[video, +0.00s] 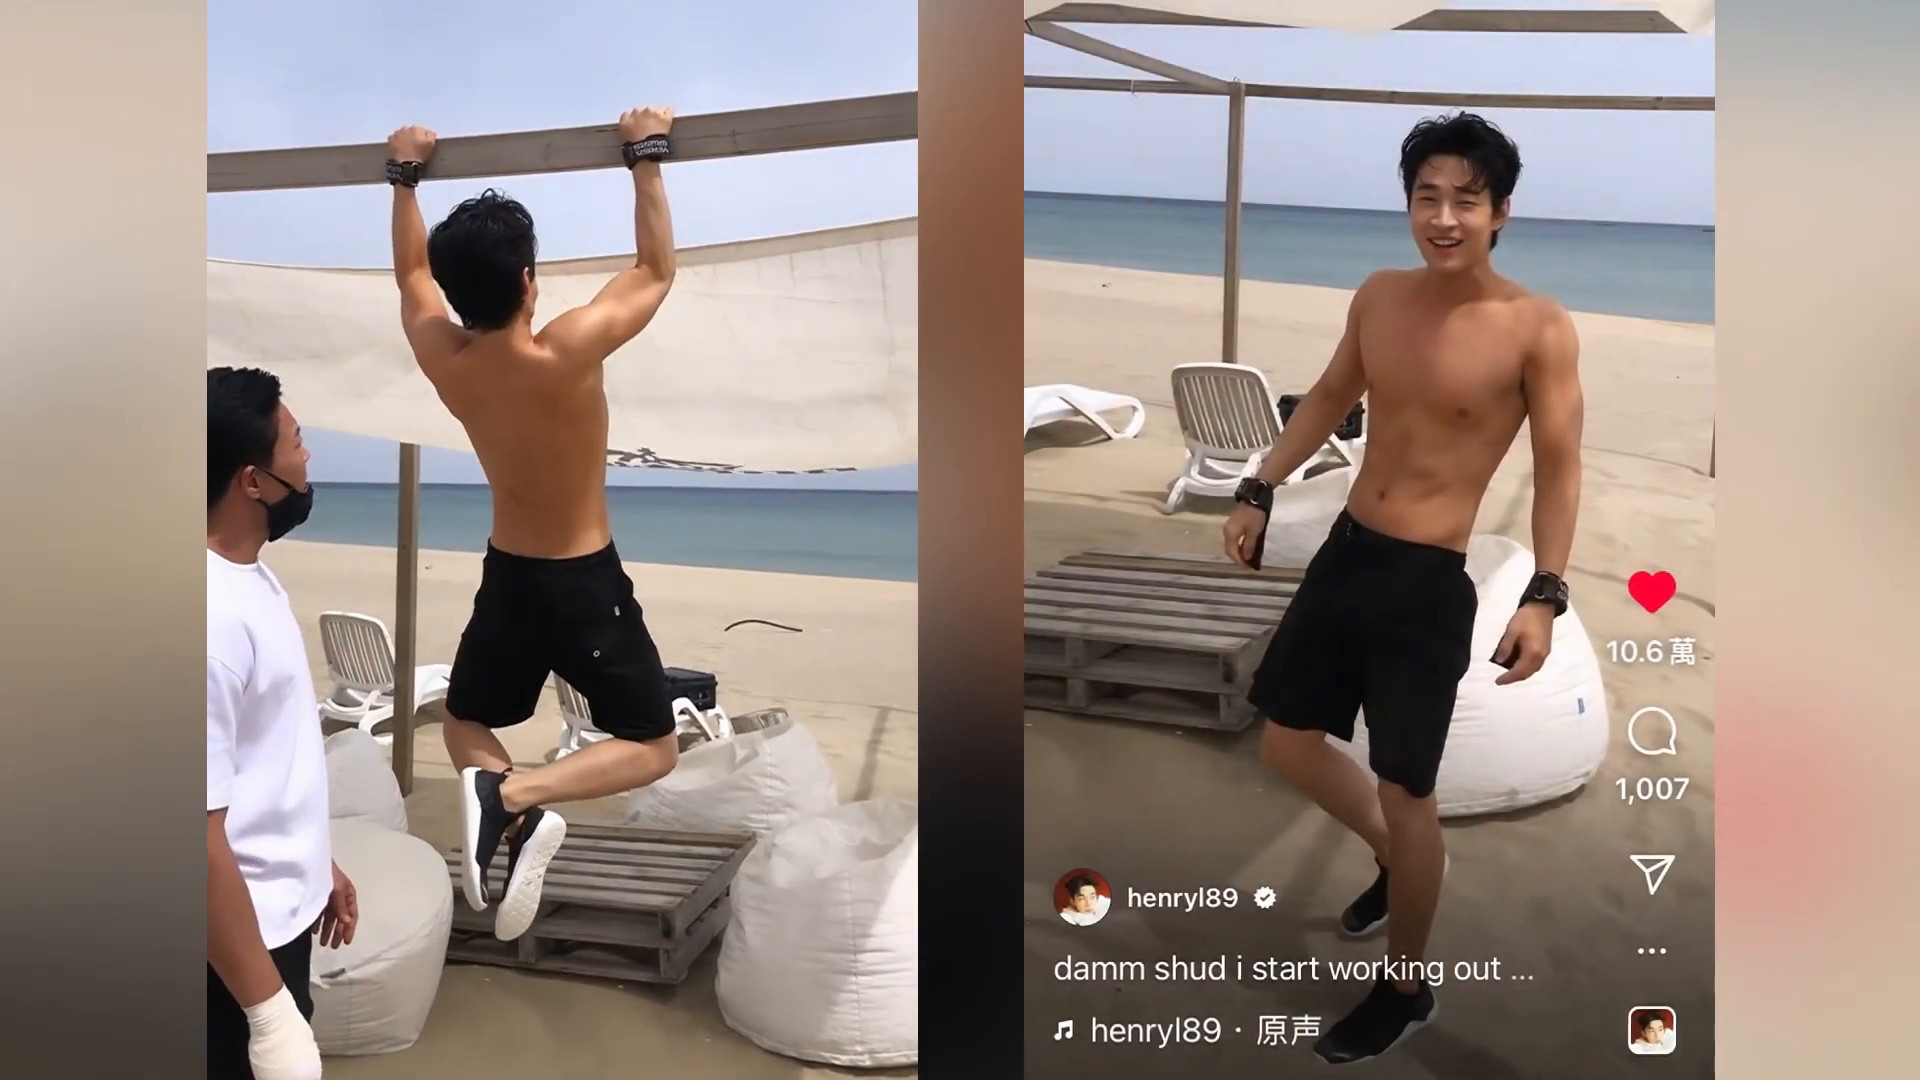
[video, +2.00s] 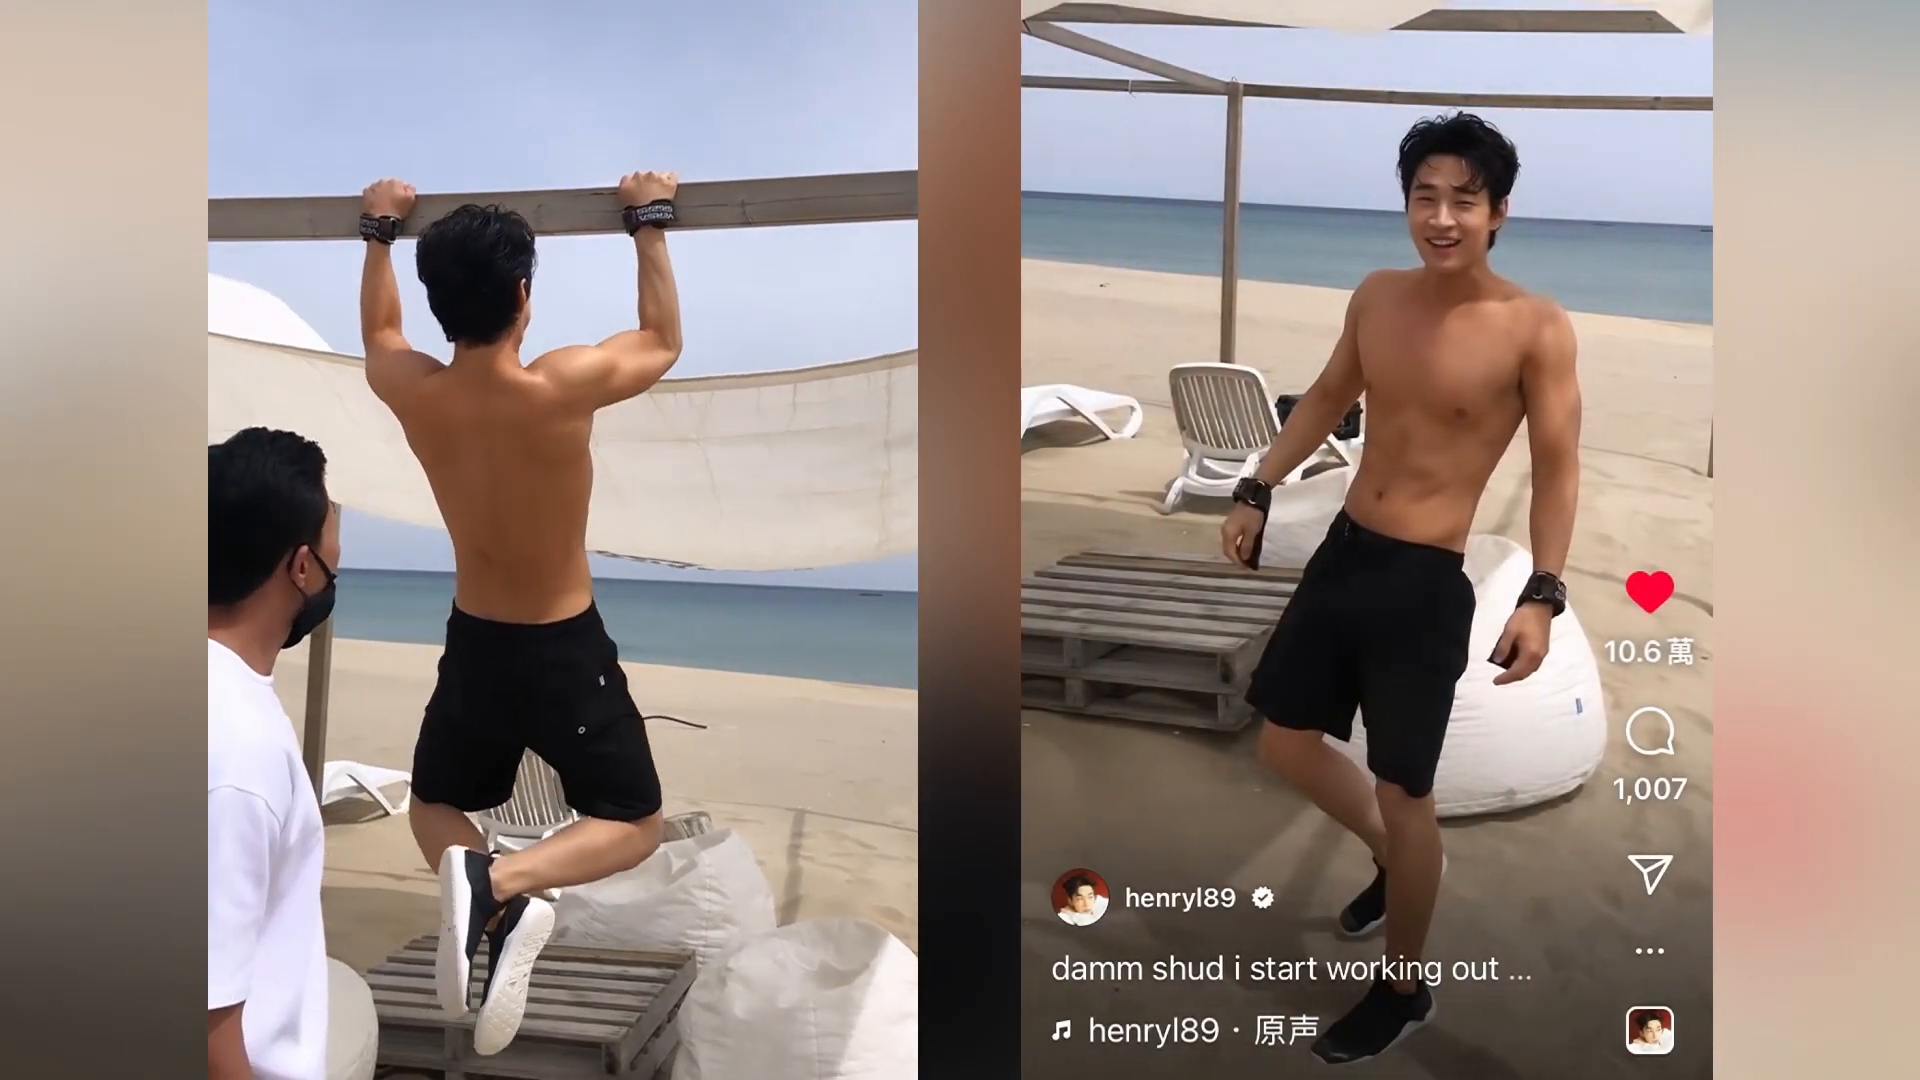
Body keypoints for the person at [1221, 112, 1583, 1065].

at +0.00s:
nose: (1442, 216)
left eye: (1464, 198)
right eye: (1426, 197)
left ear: (1500, 211)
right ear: (1407, 208)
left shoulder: (1536, 328)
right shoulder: (1380, 297)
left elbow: (1558, 468)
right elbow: (1331, 398)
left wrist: (1543, 595)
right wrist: (1258, 484)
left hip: (1429, 579)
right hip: (1347, 554)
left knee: (1404, 799)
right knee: (1286, 742)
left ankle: (1405, 982)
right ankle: (1400, 847)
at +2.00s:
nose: (1440, 216)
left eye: (1462, 198)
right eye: (1424, 197)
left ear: (1498, 210)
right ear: (1406, 208)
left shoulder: (1534, 328)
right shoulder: (1378, 297)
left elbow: (1556, 468)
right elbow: (1329, 398)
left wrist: (1540, 595)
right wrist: (1256, 484)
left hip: (1427, 579)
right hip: (1345, 554)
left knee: (1402, 799)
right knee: (1284, 742)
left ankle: (1402, 981)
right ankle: (1398, 847)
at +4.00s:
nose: (1440, 216)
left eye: (1462, 198)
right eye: (1424, 197)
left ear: (1498, 210)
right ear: (1406, 208)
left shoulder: (1535, 328)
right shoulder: (1378, 296)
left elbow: (1556, 468)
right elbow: (1330, 398)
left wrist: (1540, 595)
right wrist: (1255, 484)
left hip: (1426, 579)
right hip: (1345, 553)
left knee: (1402, 799)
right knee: (1284, 742)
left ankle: (1403, 981)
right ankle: (1398, 847)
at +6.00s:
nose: (1440, 216)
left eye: (1462, 198)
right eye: (1424, 197)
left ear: (1498, 210)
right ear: (1406, 207)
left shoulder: (1535, 328)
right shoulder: (1378, 296)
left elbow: (1556, 468)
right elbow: (1330, 397)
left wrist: (1541, 595)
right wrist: (1255, 484)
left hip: (1426, 579)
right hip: (1344, 553)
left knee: (1403, 799)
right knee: (1285, 742)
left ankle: (1403, 981)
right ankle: (1399, 847)